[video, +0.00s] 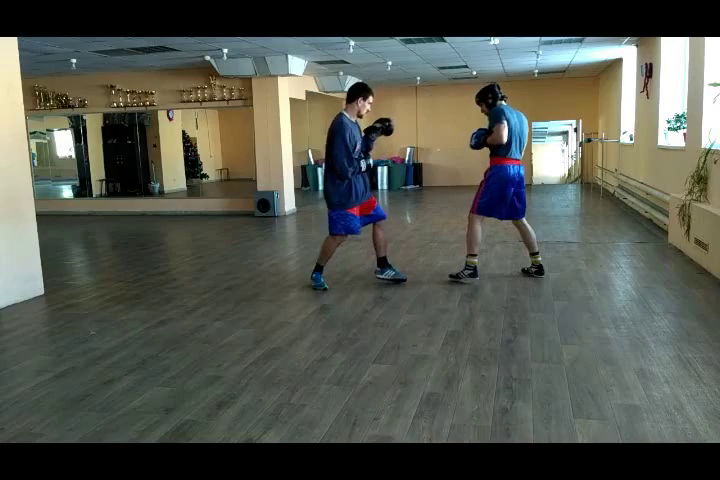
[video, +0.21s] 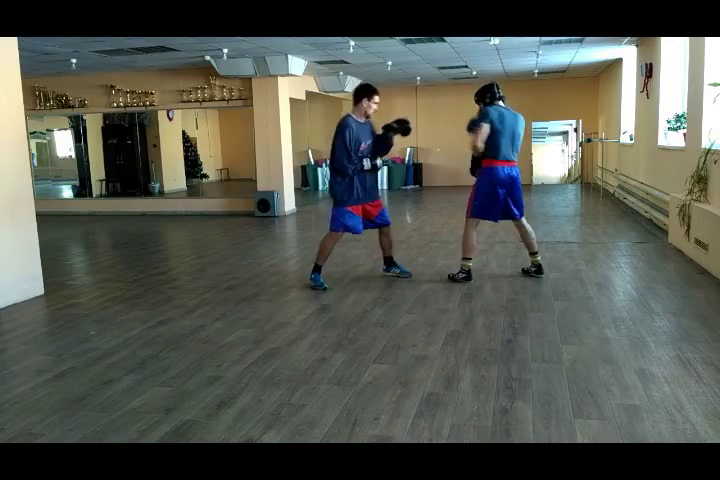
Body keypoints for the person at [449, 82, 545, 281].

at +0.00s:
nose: (482, 110)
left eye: (481, 106)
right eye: (480, 106)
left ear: (488, 101)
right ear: (499, 98)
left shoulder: (498, 111)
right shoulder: (520, 116)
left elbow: (500, 137)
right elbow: (519, 144)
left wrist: (484, 139)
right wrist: (491, 136)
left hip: (498, 172)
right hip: (518, 172)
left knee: (475, 217)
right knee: (519, 219)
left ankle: (470, 267)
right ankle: (537, 264)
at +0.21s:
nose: (479, 106)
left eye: (480, 103)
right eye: (479, 103)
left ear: (485, 99)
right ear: (500, 97)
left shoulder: (488, 111)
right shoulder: (519, 117)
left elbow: (478, 144)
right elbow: (515, 147)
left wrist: (477, 155)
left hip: (491, 172)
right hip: (513, 172)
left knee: (471, 223)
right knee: (520, 219)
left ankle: (465, 270)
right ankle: (536, 264)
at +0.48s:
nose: (481, 95)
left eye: (482, 92)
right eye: (482, 92)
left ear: (485, 92)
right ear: (504, 93)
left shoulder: (479, 105)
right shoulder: (517, 113)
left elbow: (455, 130)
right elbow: (506, 136)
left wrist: (468, 149)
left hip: (486, 171)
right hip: (510, 170)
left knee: (472, 222)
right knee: (522, 217)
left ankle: (465, 270)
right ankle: (542, 263)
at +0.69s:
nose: (488, 102)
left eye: (488, 99)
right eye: (487, 99)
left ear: (491, 98)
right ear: (509, 96)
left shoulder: (492, 113)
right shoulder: (528, 118)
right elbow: (525, 151)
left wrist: (478, 146)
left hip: (494, 173)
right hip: (518, 173)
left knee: (473, 221)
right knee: (530, 222)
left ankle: (463, 270)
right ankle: (545, 270)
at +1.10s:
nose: (464, 117)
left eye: (463, 113)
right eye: (462, 114)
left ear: (470, 110)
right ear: (483, 104)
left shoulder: (481, 124)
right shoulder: (508, 119)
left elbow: (486, 157)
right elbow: (512, 152)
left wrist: (470, 156)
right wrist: (480, 148)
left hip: (490, 181)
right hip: (511, 179)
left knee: (463, 226)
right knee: (517, 226)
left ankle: (448, 273)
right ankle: (541, 268)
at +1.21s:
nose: (446, 128)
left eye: (446, 124)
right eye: (444, 124)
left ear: (454, 120)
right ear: (459, 116)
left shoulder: (478, 129)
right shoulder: (474, 129)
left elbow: (488, 164)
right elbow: (476, 153)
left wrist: (463, 156)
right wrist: (456, 147)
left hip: (490, 184)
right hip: (501, 182)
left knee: (460, 225)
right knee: (504, 230)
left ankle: (448, 274)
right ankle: (541, 263)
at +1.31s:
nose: (443, 131)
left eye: (444, 126)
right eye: (442, 127)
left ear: (454, 121)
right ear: (456, 120)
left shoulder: (481, 132)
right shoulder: (458, 134)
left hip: (486, 185)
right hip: (490, 184)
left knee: (455, 224)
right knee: (498, 230)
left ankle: (448, 275)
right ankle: (540, 258)